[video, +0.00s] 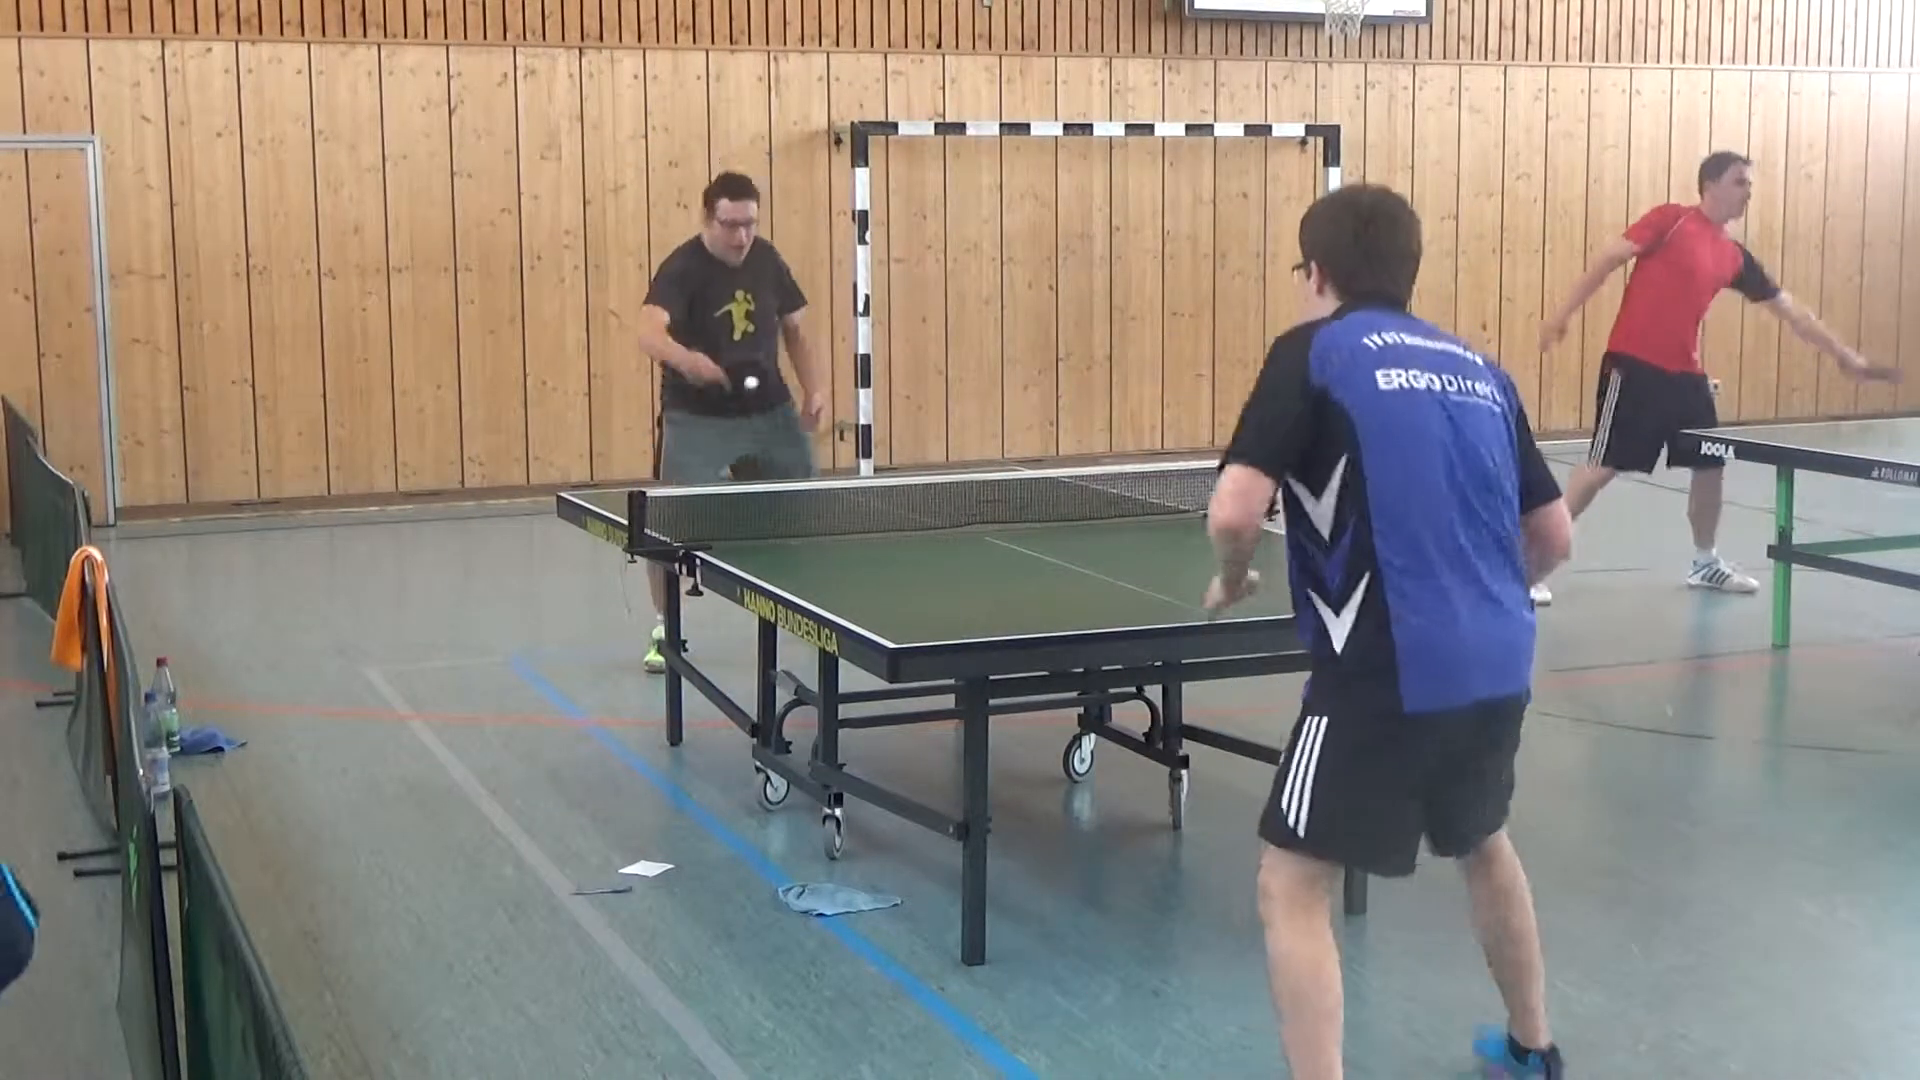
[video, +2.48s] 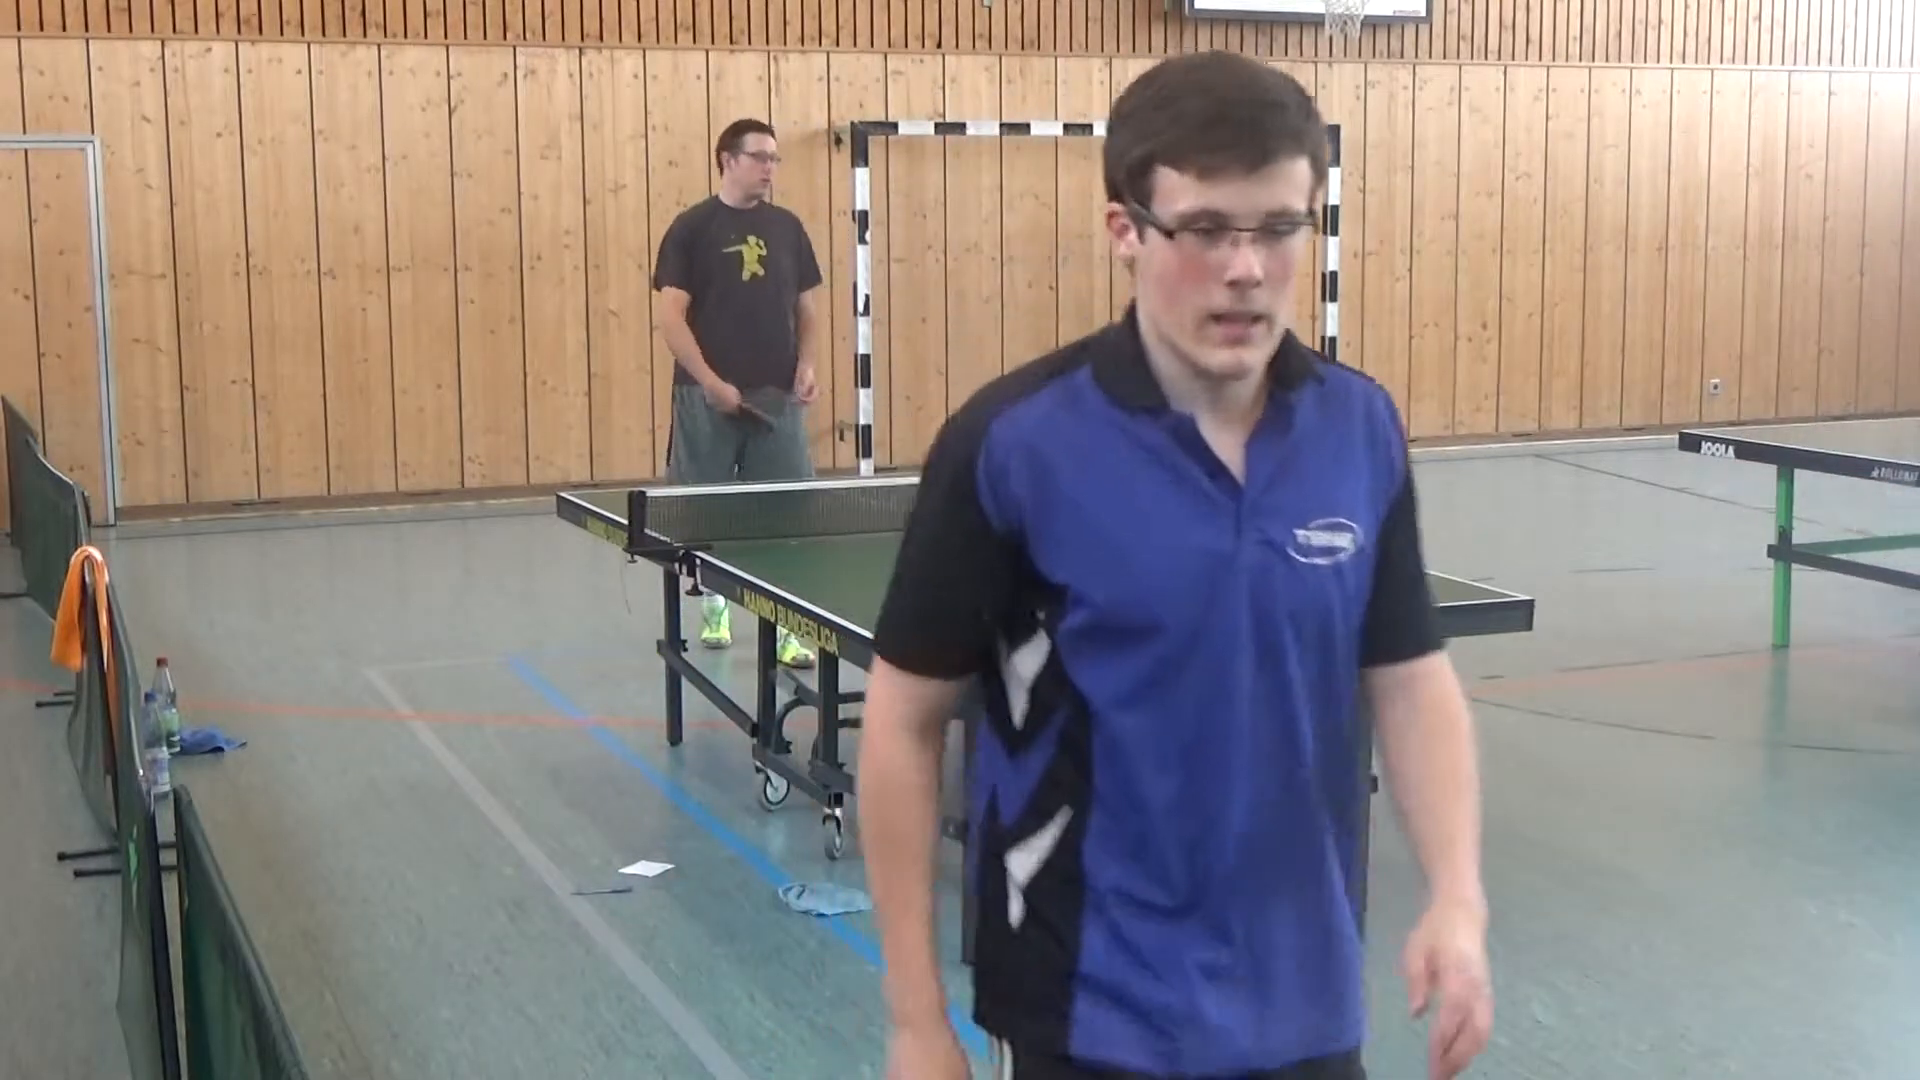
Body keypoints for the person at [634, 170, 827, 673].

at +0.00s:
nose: (742, 236)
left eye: (749, 224)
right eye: (731, 225)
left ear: (757, 219)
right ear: (707, 220)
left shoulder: (766, 259)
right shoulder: (682, 267)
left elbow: (796, 330)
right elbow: (649, 334)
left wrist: (816, 387)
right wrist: (687, 359)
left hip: (773, 417)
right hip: (701, 423)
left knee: (808, 517)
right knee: (672, 524)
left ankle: (817, 617)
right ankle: (666, 629)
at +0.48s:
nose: (662, 170)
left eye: (670, 159)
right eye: (649, 161)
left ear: (684, 163)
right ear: (633, 171)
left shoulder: (721, 209)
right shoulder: (636, 244)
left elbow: (768, 259)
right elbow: (606, 333)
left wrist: (803, 295)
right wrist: (601, 421)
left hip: (757, 380)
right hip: (693, 399)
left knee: (770, 506)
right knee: (685, 519)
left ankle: (767, 614)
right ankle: (668, 628)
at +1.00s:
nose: (735, 158)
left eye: (745, 149)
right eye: (725, 148)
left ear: (759, 158)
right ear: (709, 155)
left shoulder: (788, 220)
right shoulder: (688, 231)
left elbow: (822, 294)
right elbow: (659, 319)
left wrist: (827, 355)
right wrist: (655, 402)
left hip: (785, 396)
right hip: (712, 398)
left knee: (790, 521)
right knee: (689, 518)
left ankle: (788, 630)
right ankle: (668, 627)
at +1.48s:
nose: (776, 160)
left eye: (787, 153)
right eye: (768, 150)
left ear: (801, 163)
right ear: (751, 155)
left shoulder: (822, 228)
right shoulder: (721, 227)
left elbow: (845, 308)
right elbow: (682, 314)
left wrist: (841, 372)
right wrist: (702, 381)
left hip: (803, 406)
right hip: (730, 404)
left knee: (803, 529)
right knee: (714, 522)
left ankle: (789, 632)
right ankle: (673, 629)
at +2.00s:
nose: (804, 173)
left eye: (815, 167)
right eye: (797, 161)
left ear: (823, 175)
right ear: (774, 160)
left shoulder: (833, 238)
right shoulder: (732, 223)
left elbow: (849, 322)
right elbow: (683, 303)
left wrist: (834, 383)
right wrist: (700, 368)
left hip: (797, 406)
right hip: (723, 394)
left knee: (792, 519)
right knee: (688, 504)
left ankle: (792, 632)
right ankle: (688, 611)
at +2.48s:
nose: (771, 167)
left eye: (774, 158)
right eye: (760, 157)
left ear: (774, 164)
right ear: (727, 161)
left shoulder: (787, 226)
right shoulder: (690, 229)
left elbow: (808, 305)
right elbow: (669, 319)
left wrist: (807, 361)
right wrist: (711, 384)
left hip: (779, 398)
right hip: (709, 398)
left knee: (792, 514)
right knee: (704, 510)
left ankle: (793, 622)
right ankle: (715, 604)